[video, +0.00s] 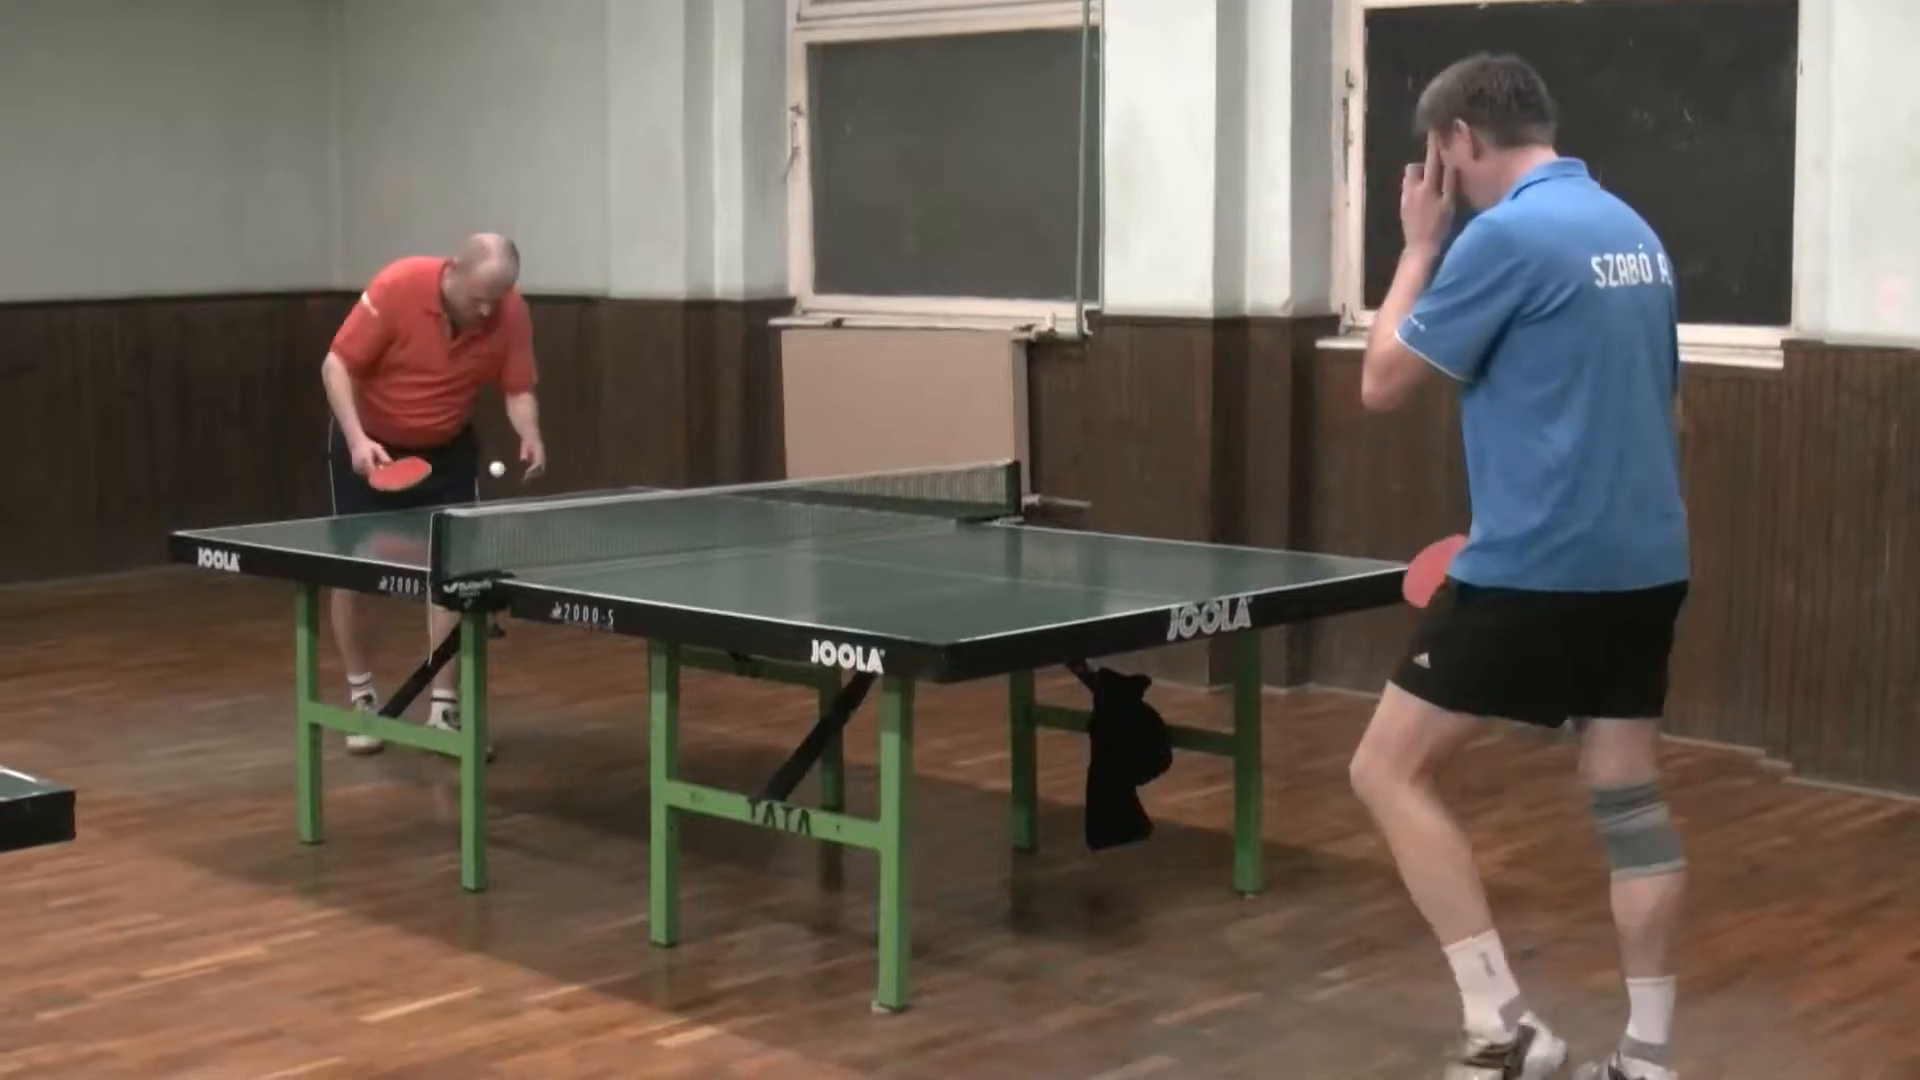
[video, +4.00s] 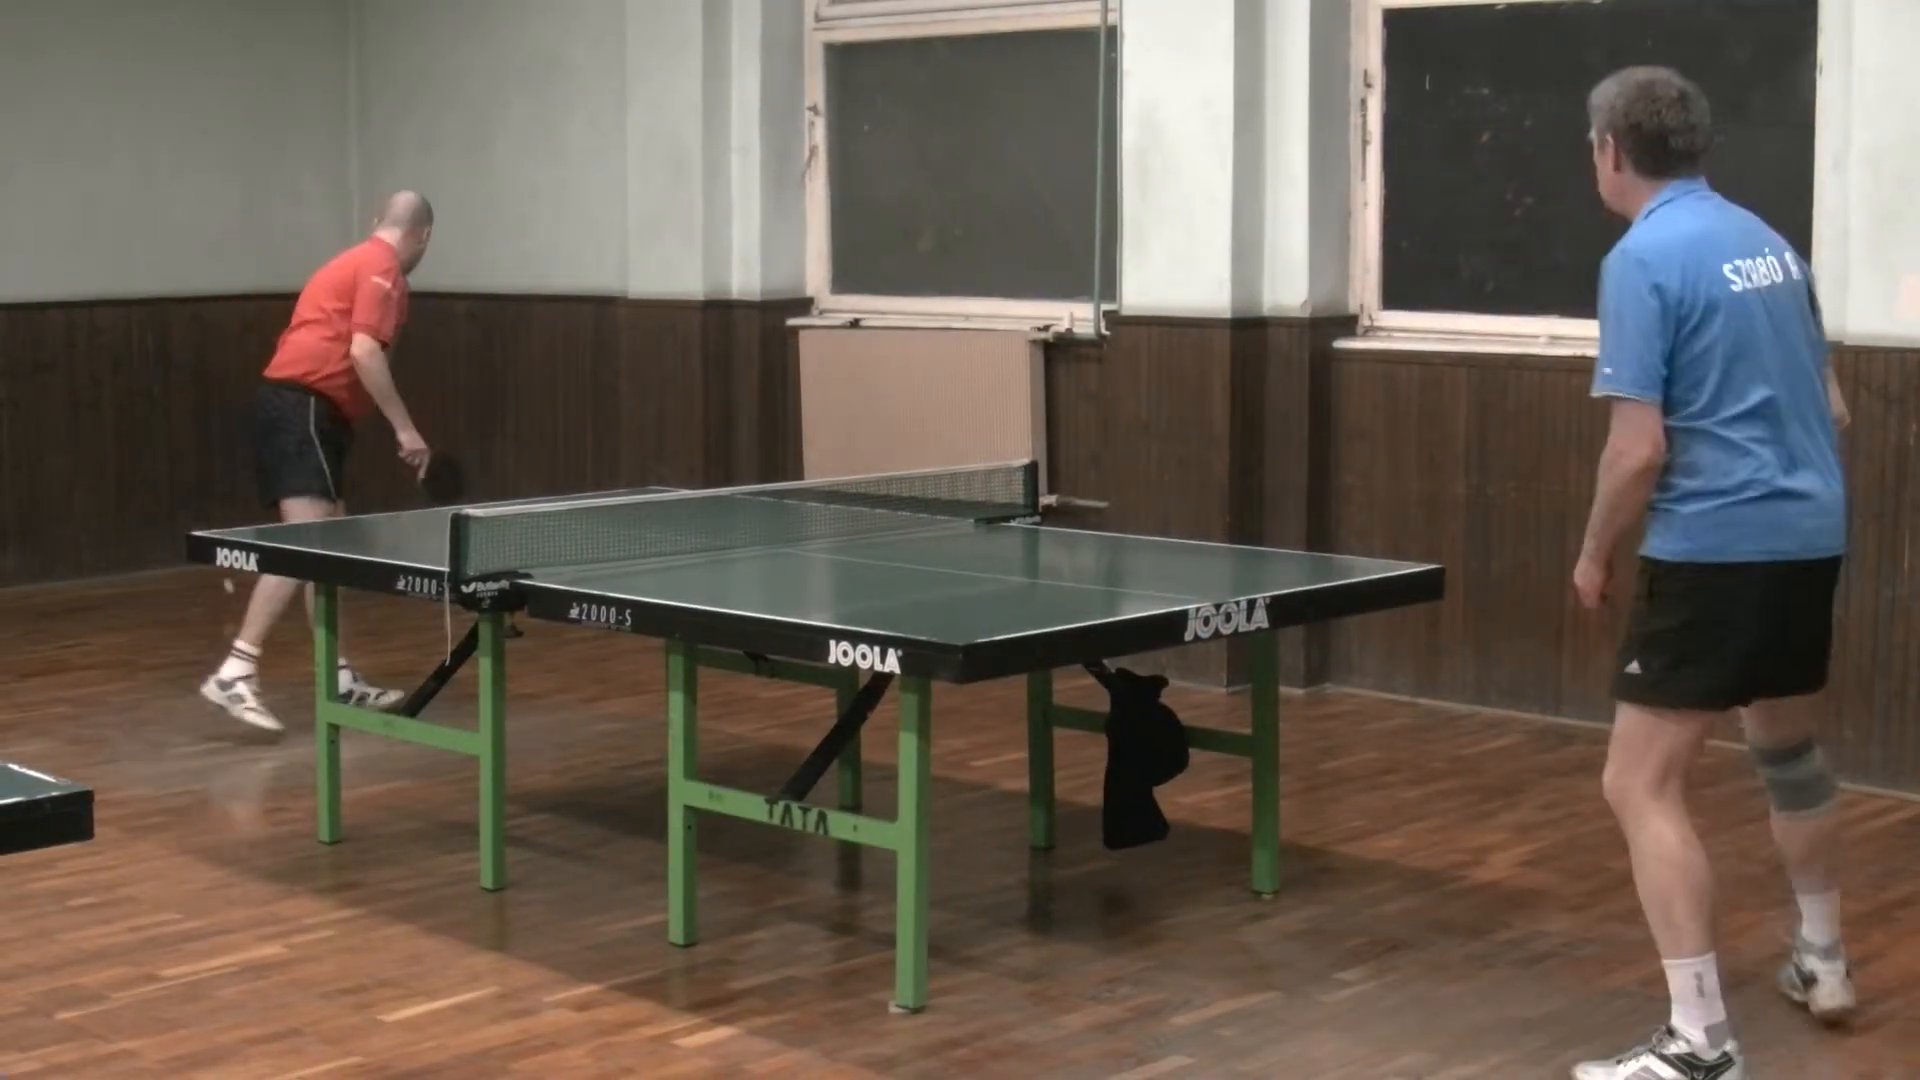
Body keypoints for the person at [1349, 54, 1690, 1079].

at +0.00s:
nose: (1441, 177)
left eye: (1438, 159)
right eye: (1436, 163)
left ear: (1463, 140)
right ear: (1545, 130)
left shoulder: (1507, 235)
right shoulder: (1632, 230)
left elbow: (1382, 382)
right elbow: (1655, 403)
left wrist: (1418, 247)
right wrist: (1505, 536)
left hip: (1533, 569)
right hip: (1646, 567)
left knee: (1387, 768)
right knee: (1629, 801)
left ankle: (1496, 1023)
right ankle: (1650, 1053)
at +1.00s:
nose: (1195, 278)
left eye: (1191, 262)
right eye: (1193, 264)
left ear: (1209, 248)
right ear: (1281, 232)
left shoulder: (1221, 309)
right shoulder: (1385, 287)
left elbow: (1212, 484)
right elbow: (1411, 438)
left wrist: (1209, 576)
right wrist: (1300, 548)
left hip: (1355, 562)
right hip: (1484, 547)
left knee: (1251, 791)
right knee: (1495, 783)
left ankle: (1262, 1051)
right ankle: (1551, 1020)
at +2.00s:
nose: (1362, 311)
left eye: (1363, 293)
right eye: (1361, 293)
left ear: (1390, 291)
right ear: (1451, 280)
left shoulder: (1422, 353)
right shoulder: (1531, 329)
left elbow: (1424, 533)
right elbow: (1560, 501)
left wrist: (1389, 615)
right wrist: (1448, 565)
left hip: (1573, 594)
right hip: (1671, 576)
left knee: (1447, 816)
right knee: (1609, 731)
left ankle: (1534, 1057)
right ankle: (1650, 918)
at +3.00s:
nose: (1547, 214)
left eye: (1555, 195)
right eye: (1547, 195)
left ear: (1601, 200)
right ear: (1608, 197)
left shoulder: (1676, 288)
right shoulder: (1635, 282)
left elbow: (1741, 451)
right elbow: (1651, 408)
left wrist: (1665, 582)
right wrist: (1574, 491)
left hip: (1786, 528)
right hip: (1741, 525)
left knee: (1733, 758)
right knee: (1702, 706)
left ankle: (1806, 1016)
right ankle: (1769, 921)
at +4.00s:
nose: (1593, 167)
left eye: (1594, 150)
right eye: (1596, 149)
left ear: (1614, 153)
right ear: (1689, 146)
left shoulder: (1640, 259)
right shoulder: (1768, 241)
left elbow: (1636, 449)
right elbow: (1828, 403)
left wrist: (1594, 553)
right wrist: (1802, 515)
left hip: (1708, 552)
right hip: (1808, 546)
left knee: (1640, 782)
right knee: (1785, 742)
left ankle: (1698, 1034)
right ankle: (1822, 961)